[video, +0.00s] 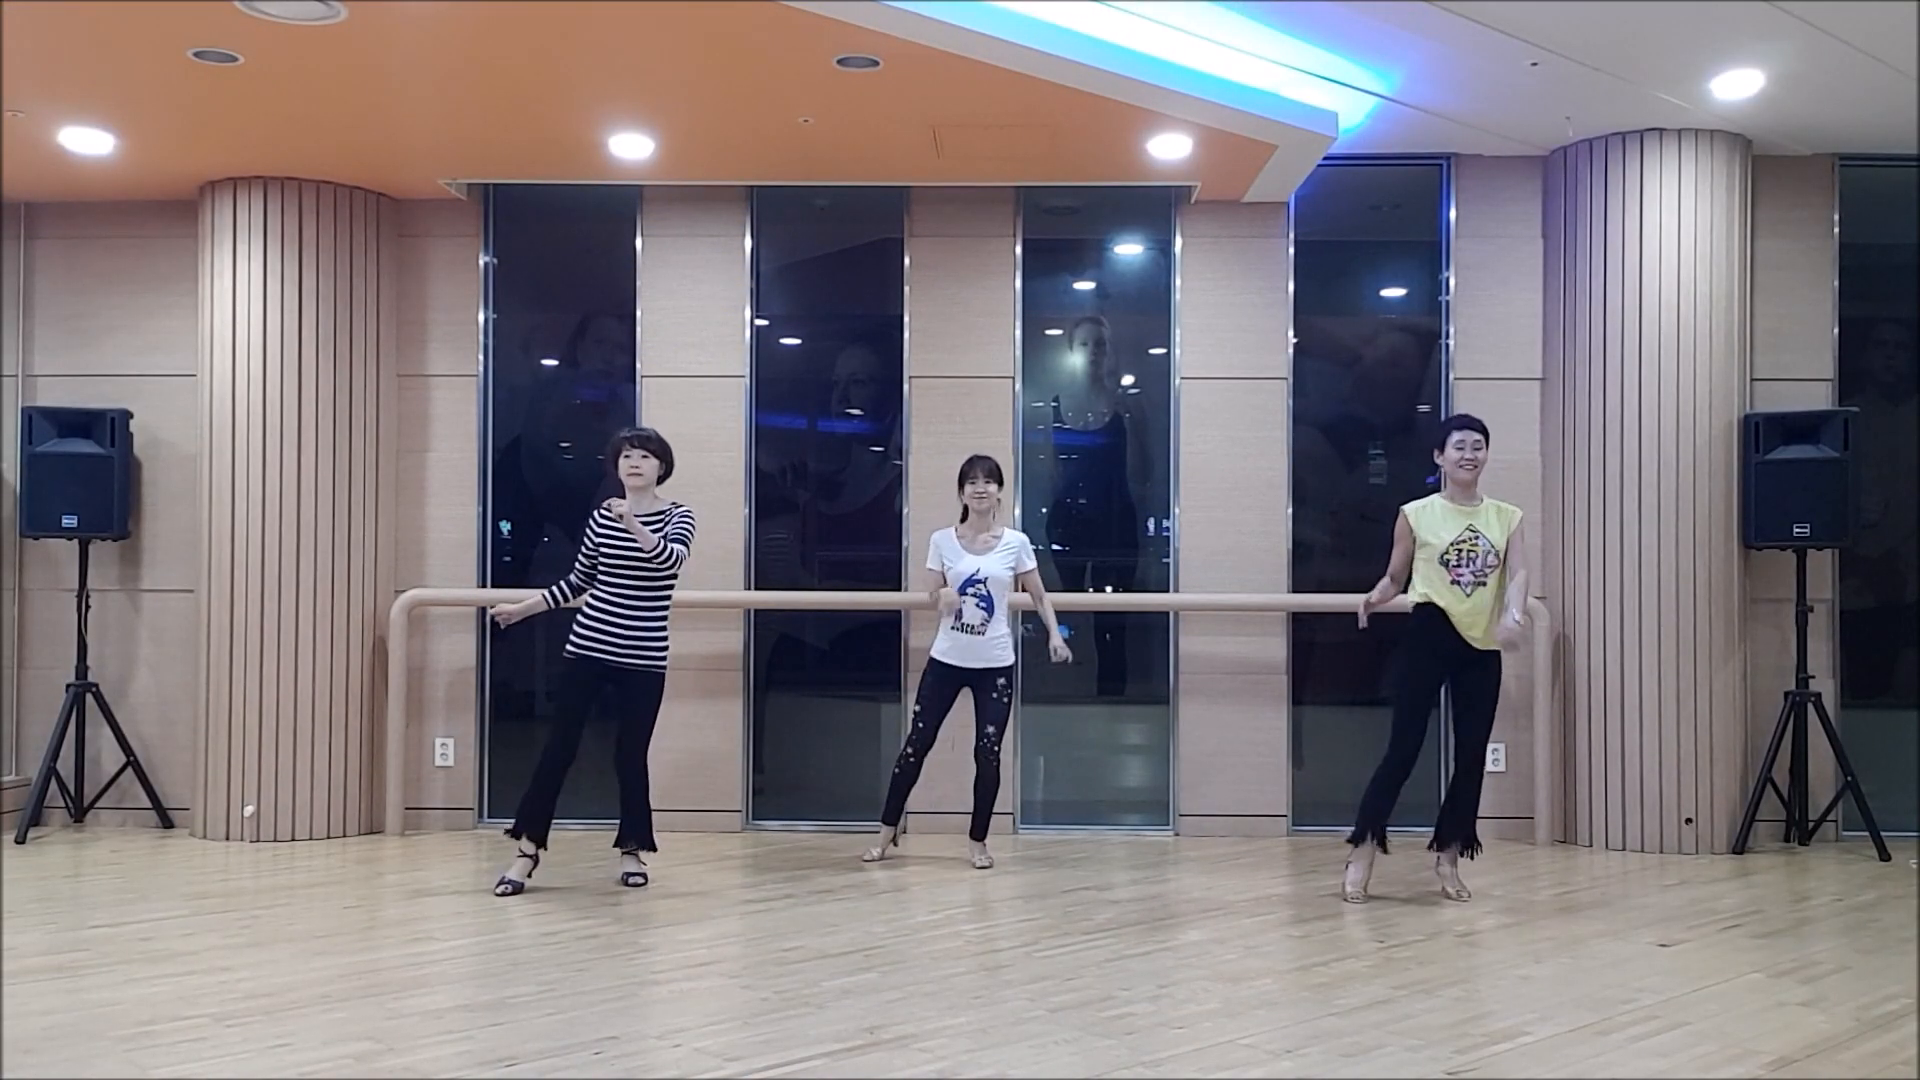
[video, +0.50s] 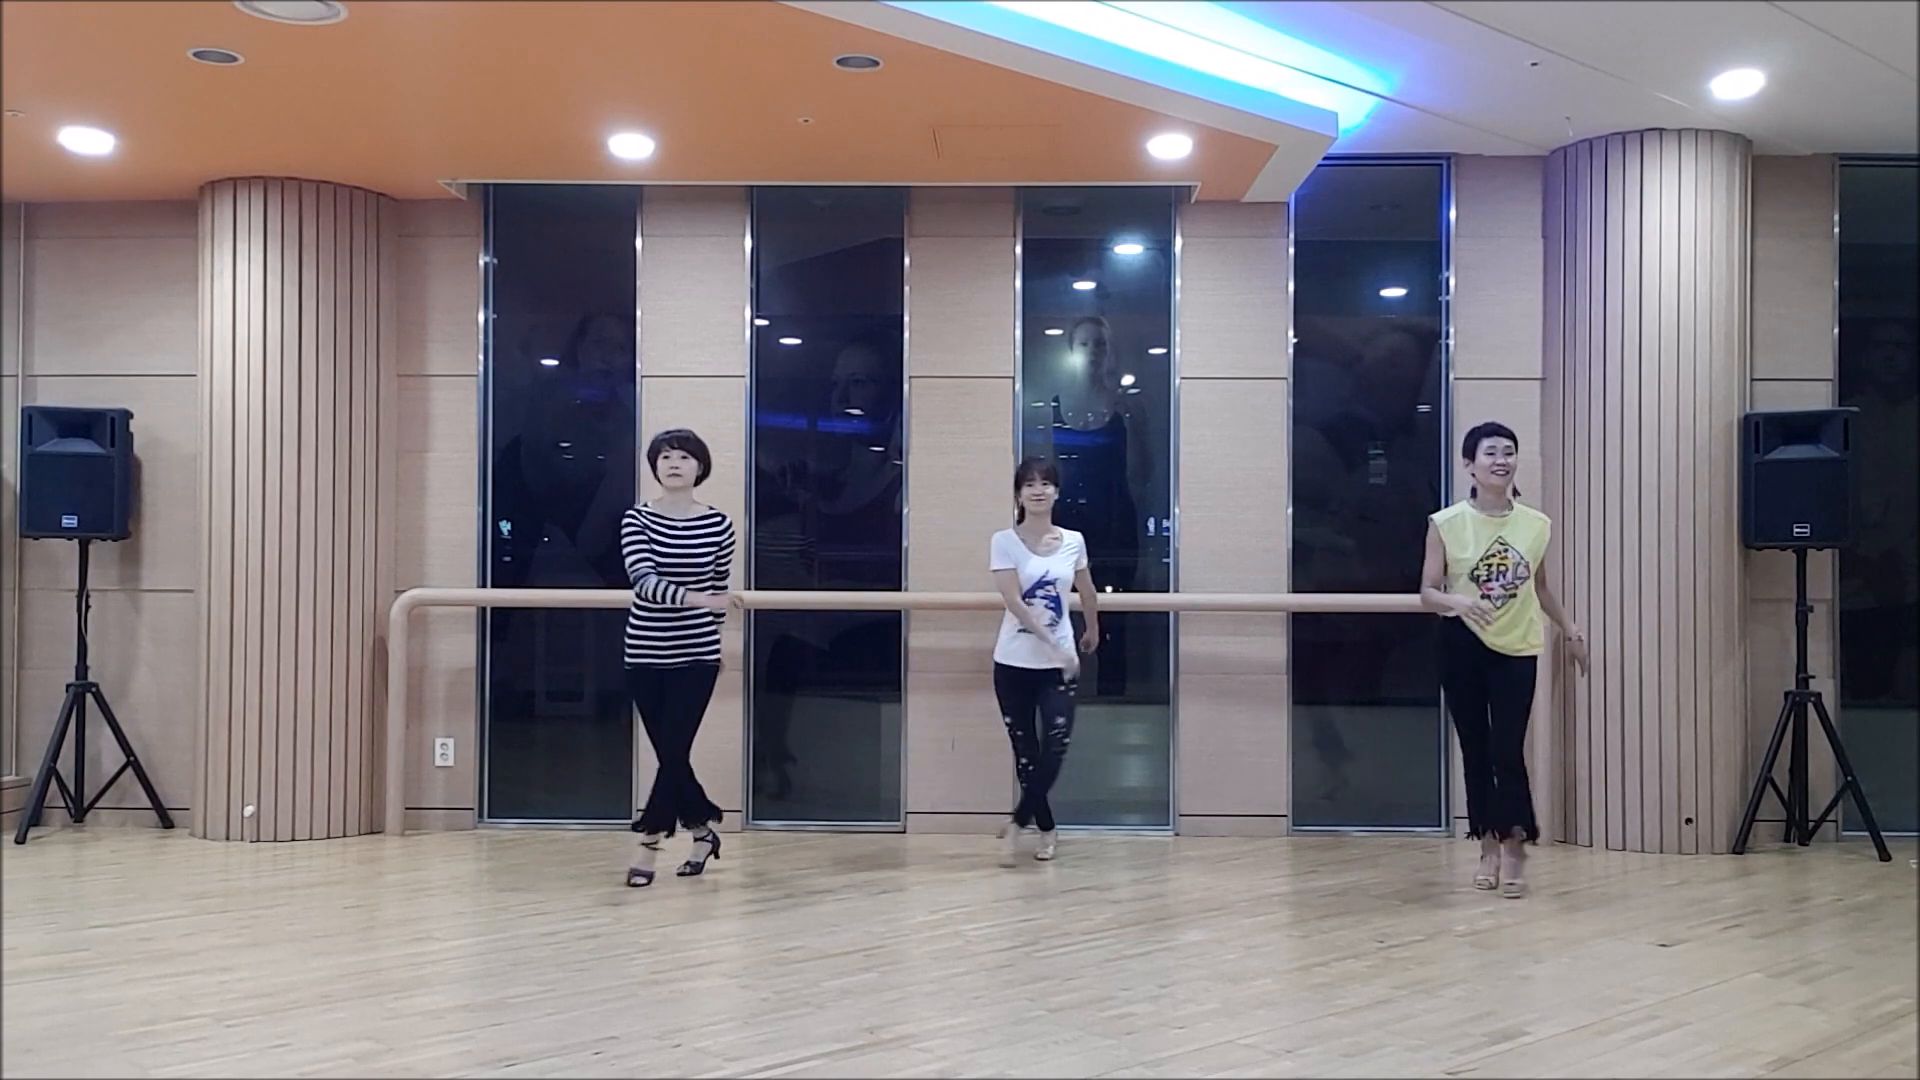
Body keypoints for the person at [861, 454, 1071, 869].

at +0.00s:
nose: (981, 488)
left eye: (988, 482)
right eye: (973, 482)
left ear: (1000, 490)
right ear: (961, 490)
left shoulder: (1016, 543)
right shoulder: (943, 540)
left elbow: (1039, 595)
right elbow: (932, 599)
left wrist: (1055, 634)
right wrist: (944, 597)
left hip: (996, 664)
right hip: (947, 659)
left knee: (988, 752)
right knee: (915, 745)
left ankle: (978, 841)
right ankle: (888, 831)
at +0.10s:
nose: (987, 489)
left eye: (995, 483)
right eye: (979, 483)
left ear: (1007, 490)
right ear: (968, 493)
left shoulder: (1024, 544)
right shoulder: (951, 541)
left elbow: (1055, 592)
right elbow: (941, 600)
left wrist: (1072, 632)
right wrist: (963, 589)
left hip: (1002, 665)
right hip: (954, 660)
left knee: (992, 754)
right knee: (920, 746)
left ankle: (978, 842)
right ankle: (888, 832)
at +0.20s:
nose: (995, 490)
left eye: (1002, 484)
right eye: (987, 484)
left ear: (1015, 492)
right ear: (976, 492)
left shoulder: (1031, 541)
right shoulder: (961, 540)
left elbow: (1069, 592)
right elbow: (957, 595)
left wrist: (1105, 636)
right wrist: (989, 578)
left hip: (1015, 662)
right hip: (968, 658)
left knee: (998, 754)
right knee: (929, 744)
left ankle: (978, 840)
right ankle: (909, 822)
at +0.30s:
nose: (1007, 491)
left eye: (1015, 484)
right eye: (999, 485)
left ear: (1026, 492)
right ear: (988, 493)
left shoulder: (1043, 543)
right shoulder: (972, 539)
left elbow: (1079, 592)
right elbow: (980, 589)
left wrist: (1115, 637)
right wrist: (1028, 575)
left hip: (1026, 663)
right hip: (981, 660)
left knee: (1004, 754)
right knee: (954, 747)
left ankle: (980, 841)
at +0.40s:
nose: (1023, 490)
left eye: (1030, 483)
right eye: (1015, 484)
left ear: (1041, 492)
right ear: (1002, 493)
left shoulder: (1058, 541)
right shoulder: (987, 540)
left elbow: (1082, 591)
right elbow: (998, 594)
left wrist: (1101, 633)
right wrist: (1052, 601)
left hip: (1040, 666)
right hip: (995, 664)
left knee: (1017, 753)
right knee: (1002, 754)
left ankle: (984, 837)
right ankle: (1039, 823)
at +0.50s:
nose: (1038, 490)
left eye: (1045, 484)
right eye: (1029, 484)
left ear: (1056, 491)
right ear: (1018, 493)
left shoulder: (1072, 541)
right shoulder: (1005, 540)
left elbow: (1086, 591)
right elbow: (1015, 602)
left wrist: (1093, 628)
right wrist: (1055, 646)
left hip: (1059, 660)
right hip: (1013, 661)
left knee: (1056, 746)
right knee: (1026, 751)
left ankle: (1015, 823)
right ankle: (1047, 831)